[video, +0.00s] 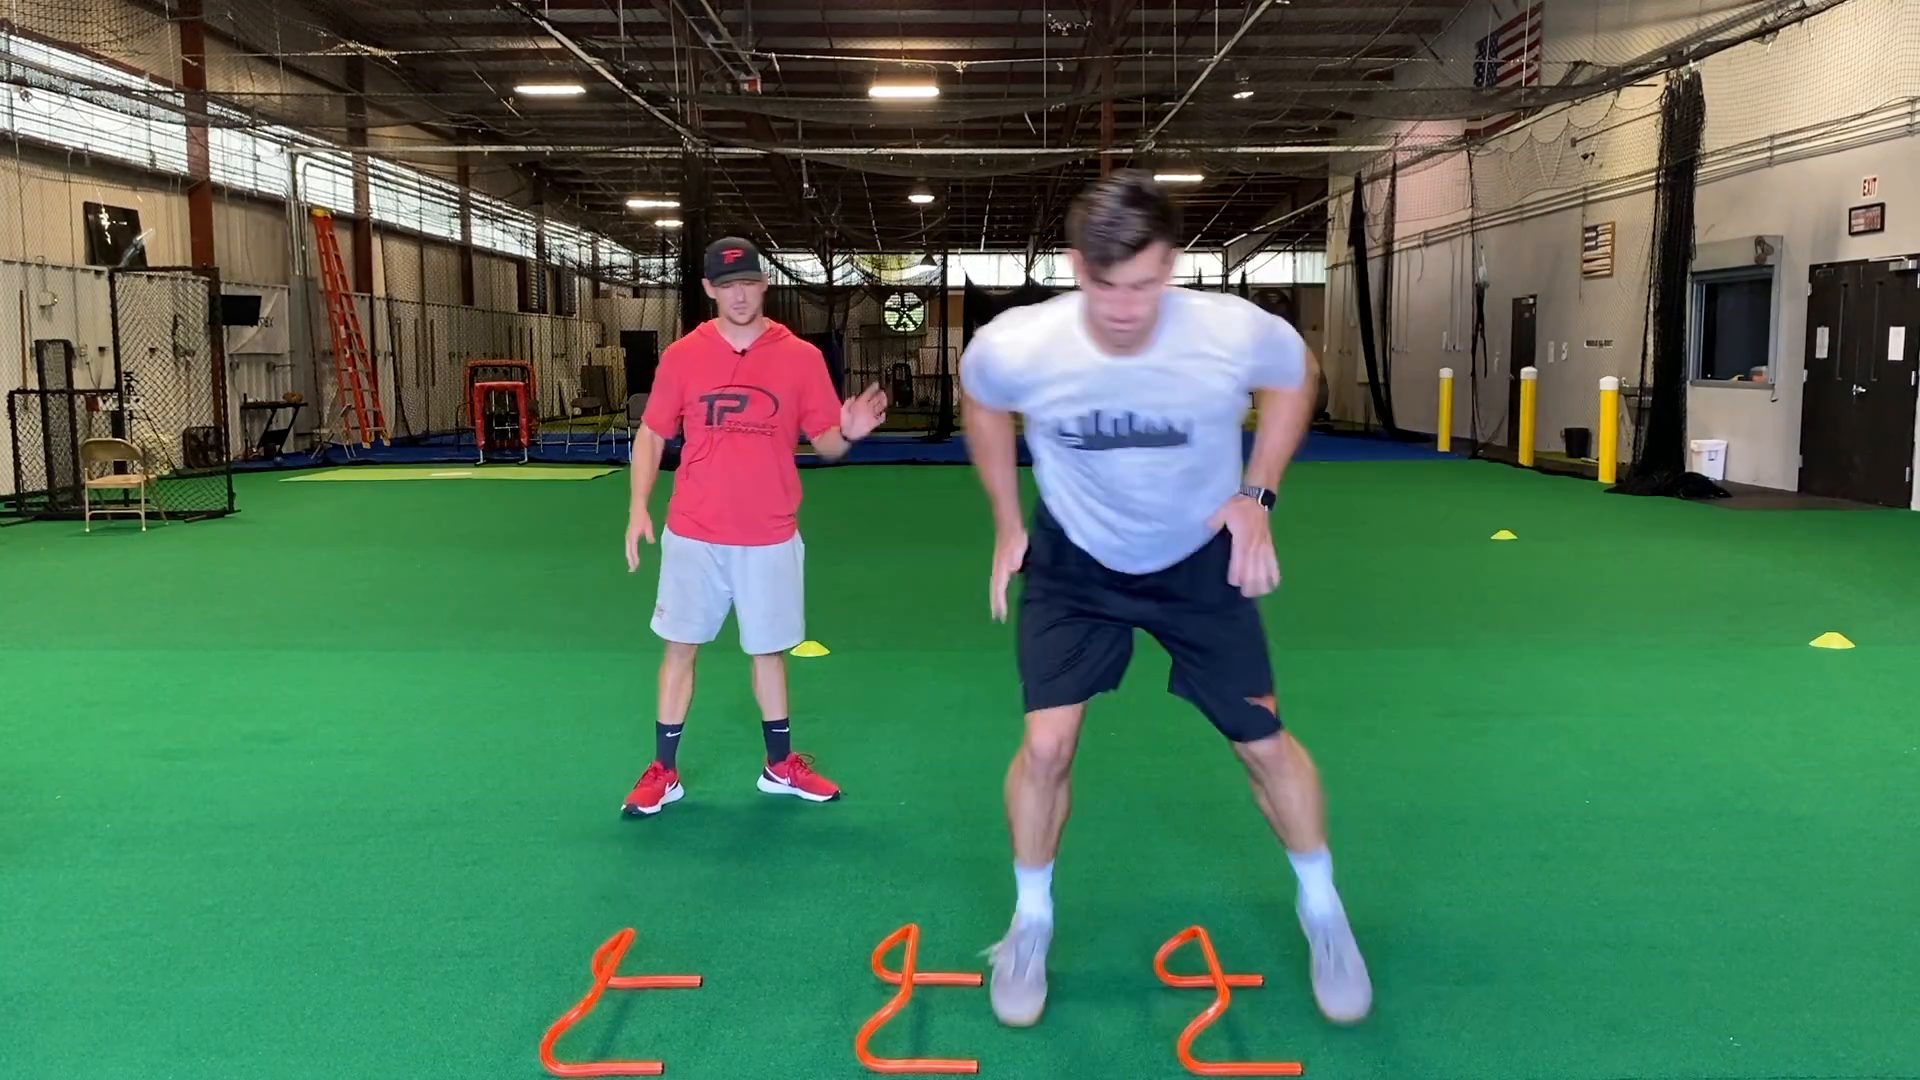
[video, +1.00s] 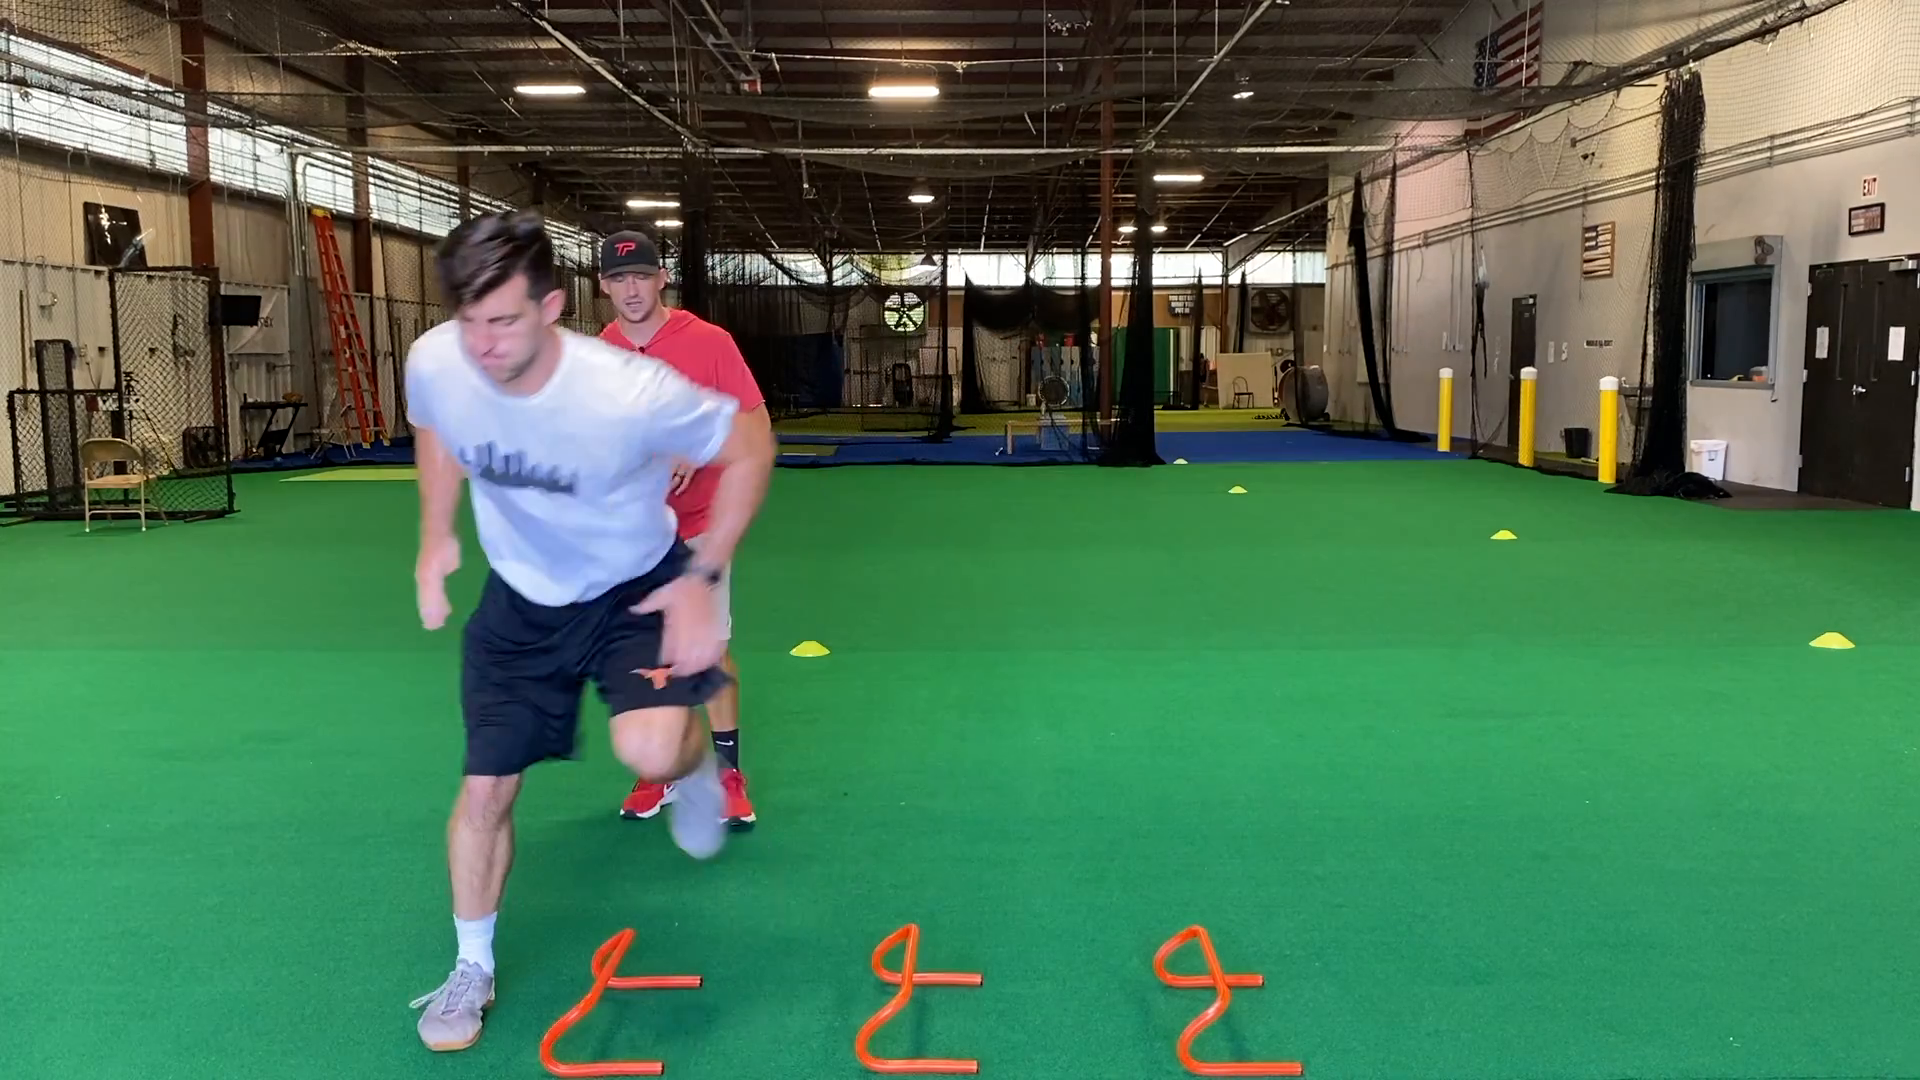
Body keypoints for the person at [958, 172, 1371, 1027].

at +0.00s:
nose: (1127, 305)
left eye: (1144, 285)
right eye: (1109, 286)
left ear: (1171, 269)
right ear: (1076, 270)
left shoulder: (1228, 331)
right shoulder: (1013, 347)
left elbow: (1294, 371)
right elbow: (981, 403)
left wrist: (1258, 493)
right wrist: (1007, 523)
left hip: (1200, 561)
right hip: (1074, 562)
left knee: (1261, 739)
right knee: (1047, 744)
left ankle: (1324, 915)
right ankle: (1030, 924)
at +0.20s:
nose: (982, 274)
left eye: (1000, 254)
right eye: (966, 256)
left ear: (1038, 240)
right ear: (944, 246)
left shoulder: (1099, 312)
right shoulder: (895, 321)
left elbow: (1184, 352)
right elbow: (872, 393)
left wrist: (1145, 490)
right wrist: (903, 513)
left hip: (1081, 537)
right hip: (962, 548)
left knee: (1113, 712)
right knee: (973, 737)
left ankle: (1097, 857)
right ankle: (1009, 901)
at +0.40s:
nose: (849, 269)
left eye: (868, 249)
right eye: (833, 250)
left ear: (911, 236)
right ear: (815, 245)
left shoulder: (983, 321)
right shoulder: (774, 325)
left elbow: (1062, 385)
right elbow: (756, 403)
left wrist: (1008, 498)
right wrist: (774, 519)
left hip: (960, 569)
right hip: (837, 569)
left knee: (999, 745)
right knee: (801, 737)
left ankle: (1030, 935)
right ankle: (766, 896)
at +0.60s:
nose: (734, 274)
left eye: (751, 255)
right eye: (717, 256)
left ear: (792, 242)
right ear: (697, 249)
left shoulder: (862, 328)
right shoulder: (656, 318)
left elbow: (954, 384)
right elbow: (642, 397)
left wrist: (916, 513)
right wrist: (660, 507)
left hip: (833, 546)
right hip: (715, 549)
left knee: (846, 719)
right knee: (690, 741)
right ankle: (720, 922)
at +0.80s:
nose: (608, 288)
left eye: (627, 267)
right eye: (592, 267)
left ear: (672, 251)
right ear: (575, 261)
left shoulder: (748, 344)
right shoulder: (553, 327)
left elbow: (852, 418)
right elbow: (555, 398)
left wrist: (781, 535)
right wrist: (561, 520)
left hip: (721, 580)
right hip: (601, 565)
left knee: (736, 767)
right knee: (529, 715)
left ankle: (761, 937)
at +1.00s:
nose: (484, 341)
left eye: (504, 320)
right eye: (471, 320)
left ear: (553, 307)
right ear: (453, 311)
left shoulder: (630, 391)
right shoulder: (436, 364)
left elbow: (752, 438)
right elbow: (436, 432)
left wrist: (705, 567)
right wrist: (437, 539)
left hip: (638, 590)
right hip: (519, 597)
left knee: (649, 750)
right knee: (487, 784)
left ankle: (696, 762)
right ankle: (472, 969)